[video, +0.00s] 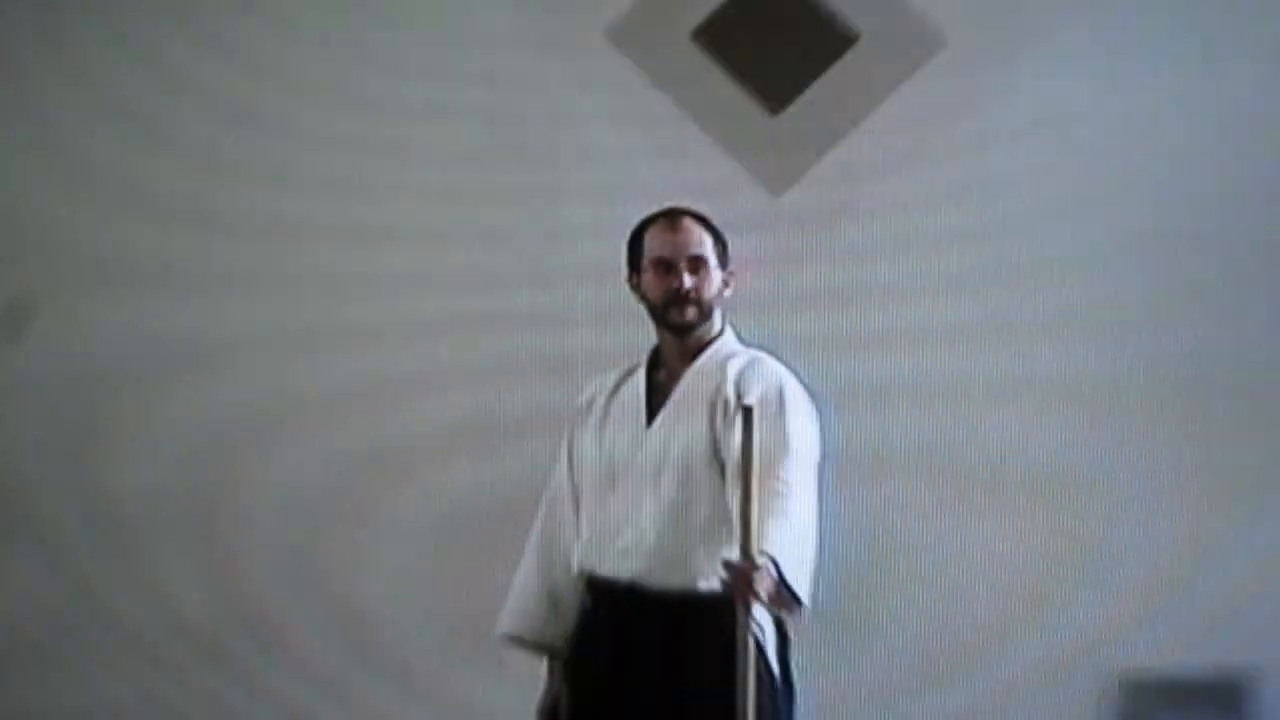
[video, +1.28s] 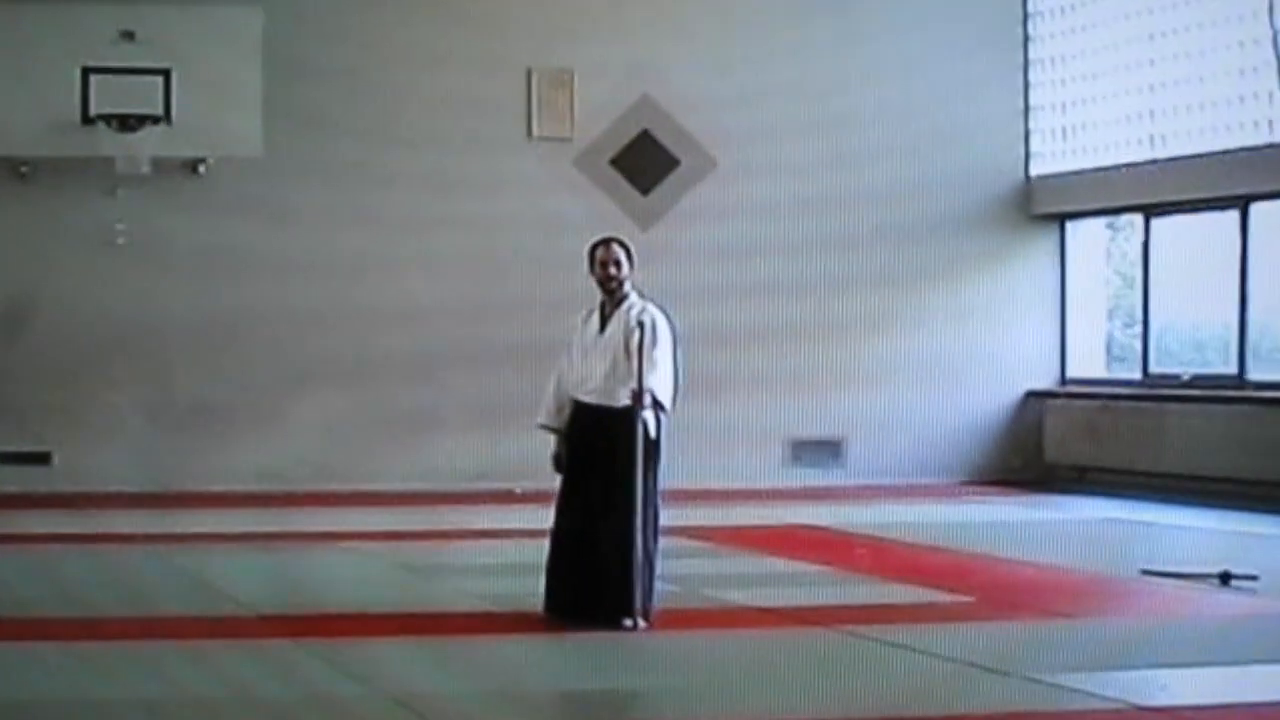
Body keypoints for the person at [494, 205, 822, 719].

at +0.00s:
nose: (683, 283)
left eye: (697, 267)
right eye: (665, 269)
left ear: (725, 280)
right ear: (636, 283)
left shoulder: (761, 387)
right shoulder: (600, 401)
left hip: (714, 631)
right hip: (609, 629)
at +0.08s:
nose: (674, 291)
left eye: (687, 276)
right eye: (658, 278)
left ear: (714, 289)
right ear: (635, 292)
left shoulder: (743, 384)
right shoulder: (601, 395)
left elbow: (765, 481)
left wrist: (746, 546)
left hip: (702, 601)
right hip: (610, 600)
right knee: (599, 711)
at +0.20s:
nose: (662, 305)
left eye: (672, 293)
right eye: (649, 294)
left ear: (693, 304)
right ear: (631, 305)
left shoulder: (717, 379)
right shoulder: (601, 385)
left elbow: (732, 455)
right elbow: (576, 484)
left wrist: (720, 505)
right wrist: (571, 574)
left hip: (685, 551)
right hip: (613, 551)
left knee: (690, 692)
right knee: (598, 692)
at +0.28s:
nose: (656, 309)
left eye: (666, 299)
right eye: (645, 299)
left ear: (684, 307)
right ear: (629, 309)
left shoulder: (705, 376)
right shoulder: (605, 381)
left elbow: (718, 444)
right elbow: (580, 469)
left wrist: (707, 490)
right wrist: (575, 550)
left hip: (675, 536)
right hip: (610, 534)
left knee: (677, 666)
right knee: (601, 669)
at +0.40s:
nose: (649, 308)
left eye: (657, 300)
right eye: (640, 301)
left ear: (670, 307)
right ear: (626, 309)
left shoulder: (689, 364)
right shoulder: (612, 368)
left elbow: (700, 414)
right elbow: (589, 439)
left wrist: (694, 452)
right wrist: (584, 506)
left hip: (662, 490)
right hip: (611, 489)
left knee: (662, 611)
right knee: (604, 609)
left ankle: (662, 709)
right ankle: (598, 709)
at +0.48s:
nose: (645, 303)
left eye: (652, 296)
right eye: (637, 296)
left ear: (666, 302)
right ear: (625, 304)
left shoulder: (683, 355)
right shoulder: (613, 361)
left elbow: (691, 410)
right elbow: (592, 424)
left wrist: (683, 450)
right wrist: (587, 481)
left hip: (660, 467)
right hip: (614, 466)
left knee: (660, 572)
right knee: (607, 570)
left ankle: (664, 673)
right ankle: (601, 671)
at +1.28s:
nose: (610, 271)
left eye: (616, 264)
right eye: (602, 265)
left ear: (629, 268)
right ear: (593, 272)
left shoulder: (647, 318)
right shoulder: (586, 322)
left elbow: (657, 368)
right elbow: (567, 379)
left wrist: (647, 409)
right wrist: (560, 433)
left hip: (628, 420)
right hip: (586, 420)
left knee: (629, 514)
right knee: (579, 512)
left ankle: (632, 605)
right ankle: (574, 603)